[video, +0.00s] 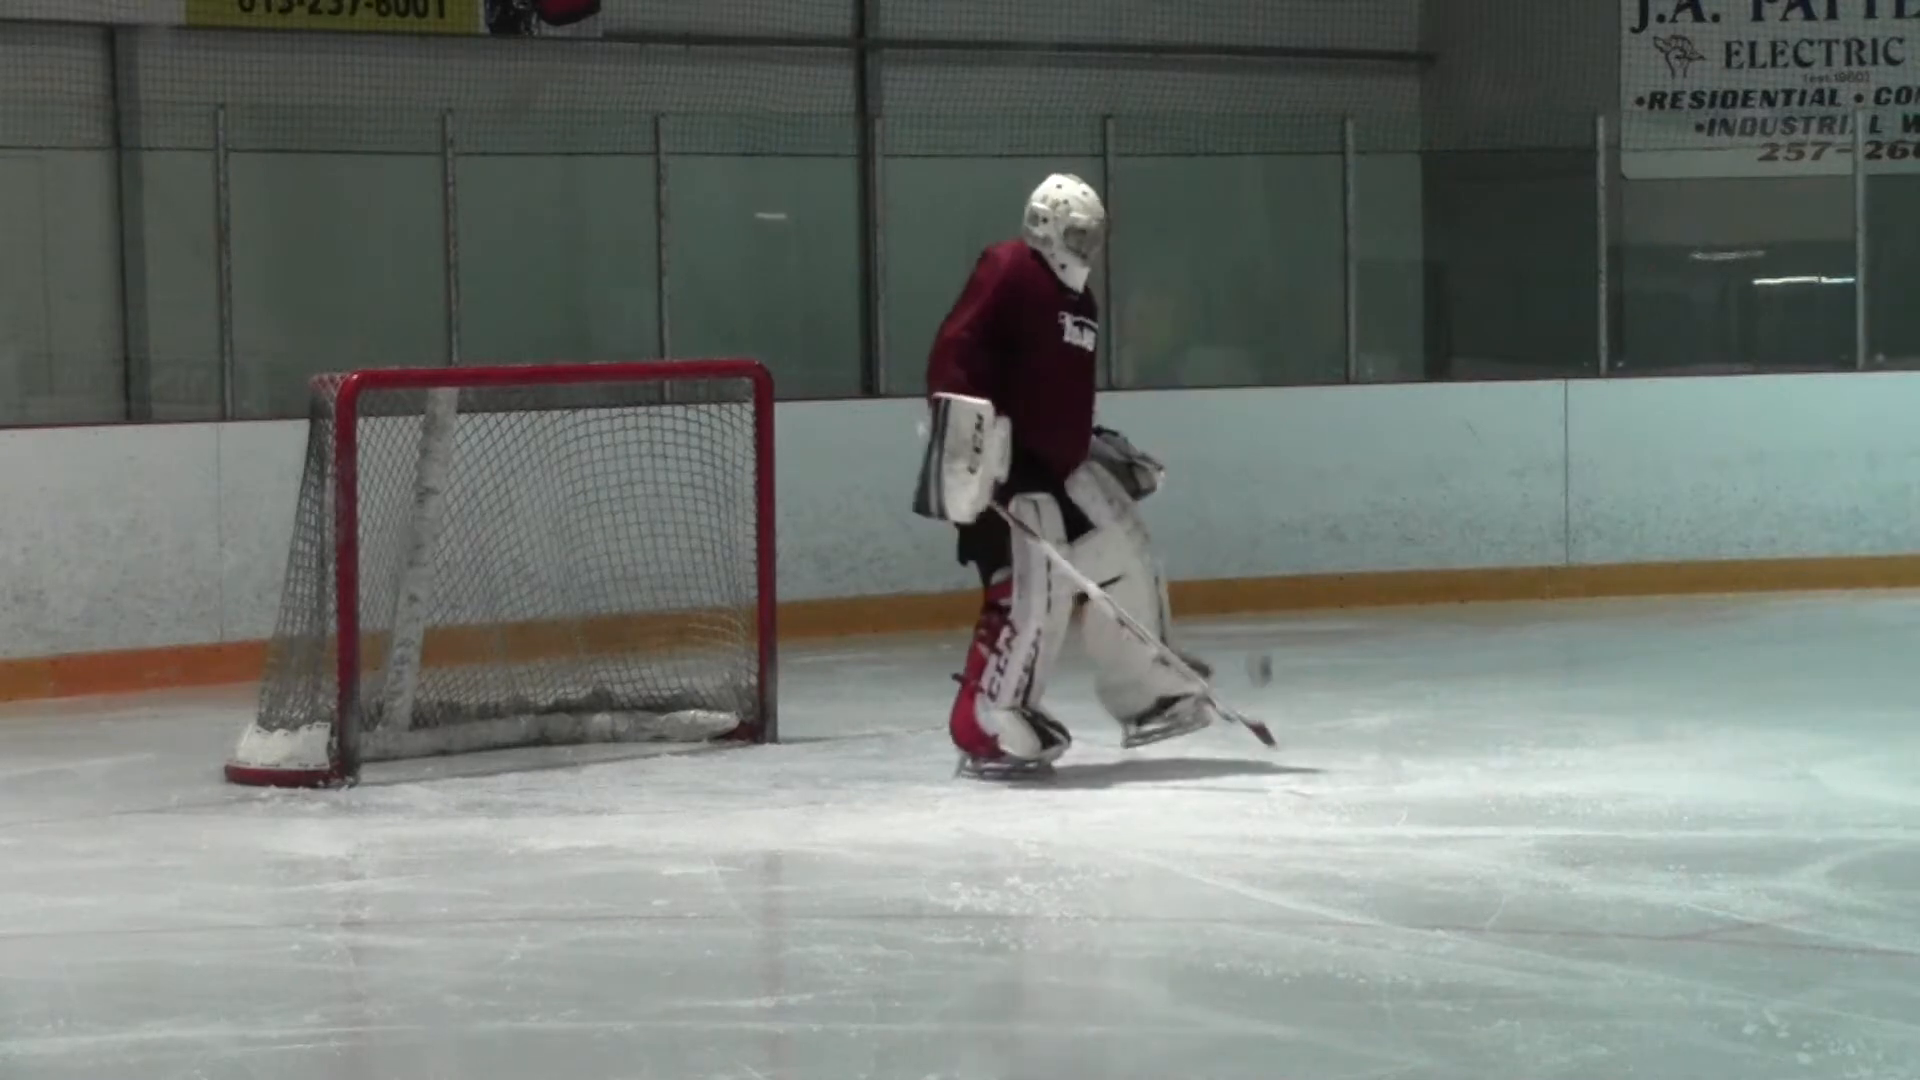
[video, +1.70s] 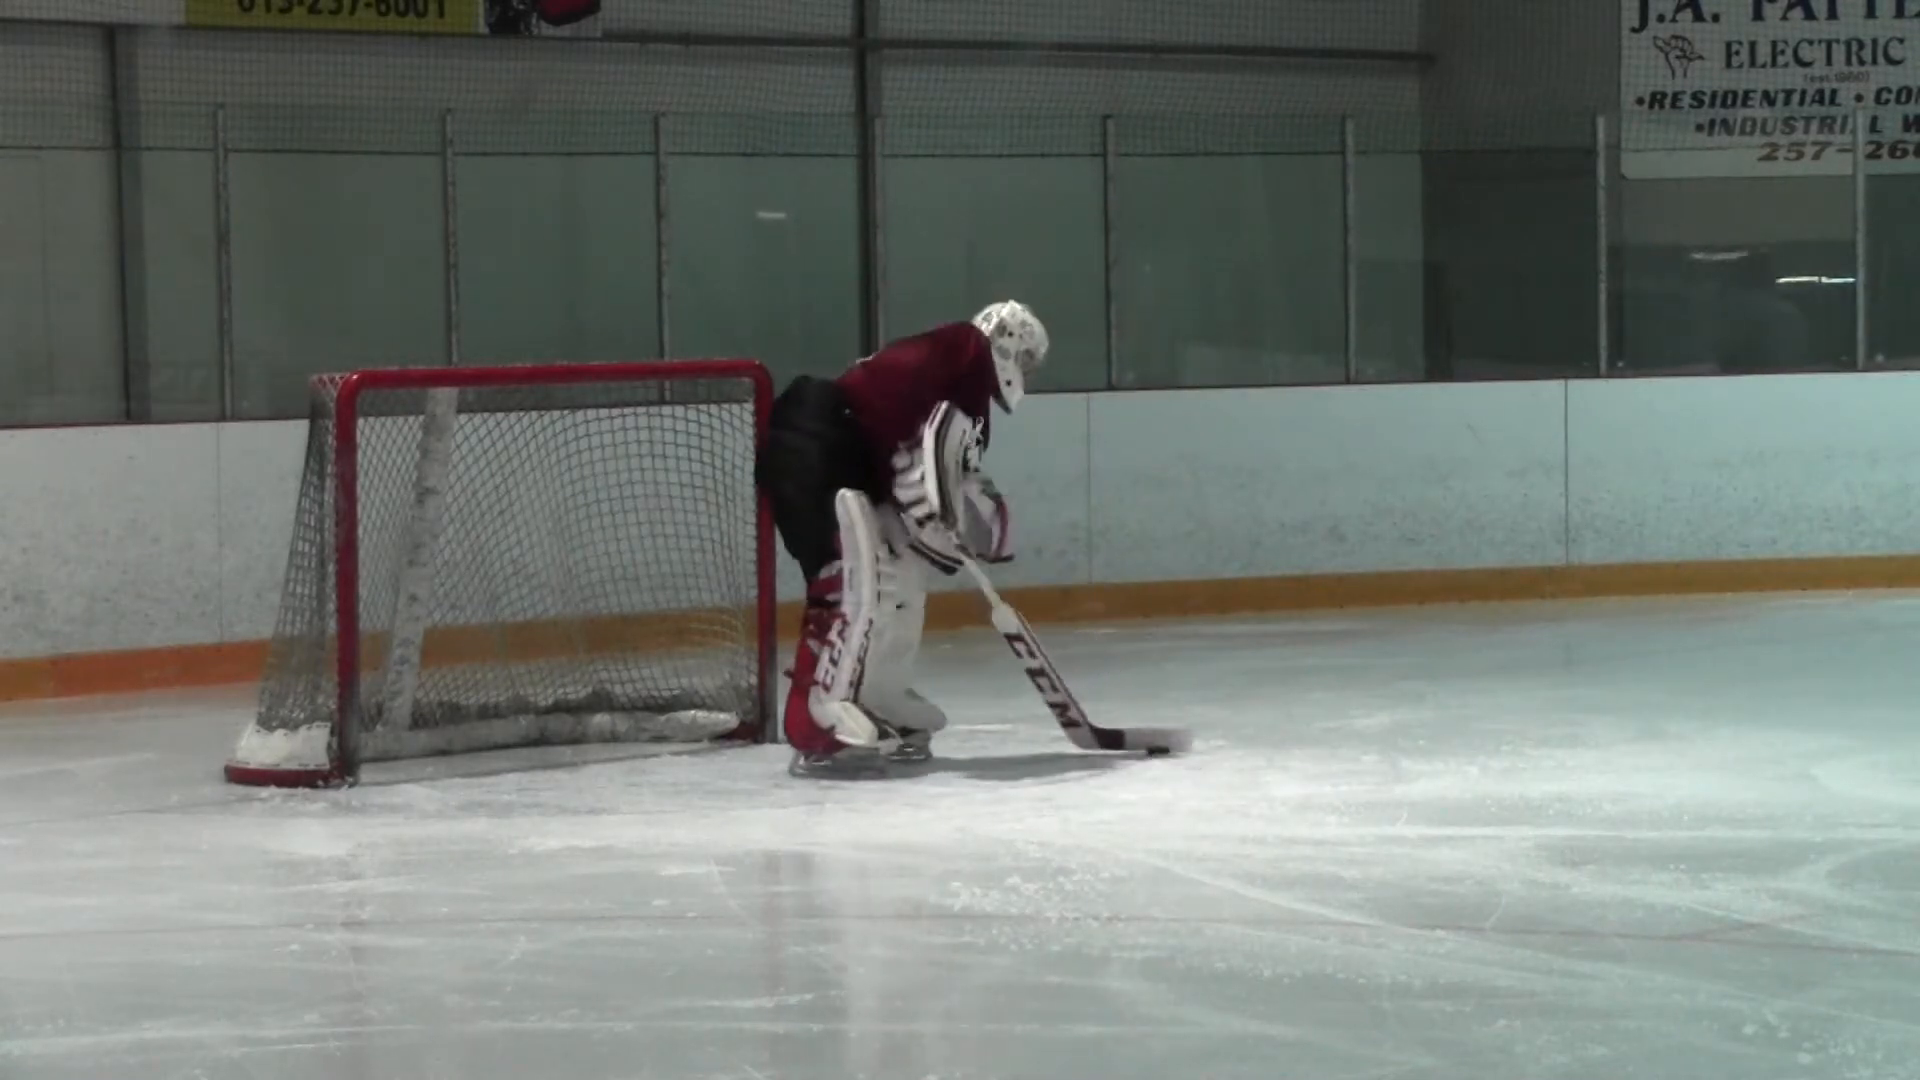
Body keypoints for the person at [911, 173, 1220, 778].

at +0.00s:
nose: (1086, 248)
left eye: (1092, 238)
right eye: (1078, 235)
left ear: (1094, 236)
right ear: (1048, 227)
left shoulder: (1077, 292)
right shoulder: (1008, 267)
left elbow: (1059, 391)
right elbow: (955, 355)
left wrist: (1099, 451)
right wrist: (969, 463)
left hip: (1066, 468)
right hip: (1012, 472)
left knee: (1123, 564)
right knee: (1027, 597)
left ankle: (1148, 696)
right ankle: (990, 725)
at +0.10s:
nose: (1085, 258)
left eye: (1093, 247)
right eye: (1078, 244)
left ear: (1099, 246)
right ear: (1047, 233)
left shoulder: (1077, 306)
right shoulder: (1007, 269)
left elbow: (1050, 400)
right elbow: (949, 348)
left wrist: (1079, 461)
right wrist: (940, 441)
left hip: (1050, 473)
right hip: (996, 472)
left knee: (1100, 578)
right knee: (1014, 597)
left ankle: (1098, 713)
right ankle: (982, 730)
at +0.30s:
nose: (1087, 282)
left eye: (1097, 273)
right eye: (1084, 266)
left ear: (1098, 266)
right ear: (1060, 248)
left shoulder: (1070, 321)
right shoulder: (1009, 275)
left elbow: (1036, 413)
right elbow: (947, 357)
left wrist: (1054, 477)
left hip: (1017, 481)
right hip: (952, 472)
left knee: (1057, 587)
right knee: (989, 591)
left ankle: (1025, 703)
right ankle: (955, 721)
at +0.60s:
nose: (1052, 288)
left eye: (1063, 280)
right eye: (1050, 271)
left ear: (1067, 277)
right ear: (1027, 252)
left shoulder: (1039, 337)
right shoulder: (985, 271)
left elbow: (1029, 422)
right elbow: (936, 321)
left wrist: (1056, 471)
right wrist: (972, 382)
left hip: (998, 480)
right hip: (942, 473)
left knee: (1016, 593)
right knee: (961, 593)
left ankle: (982, 701)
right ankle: (930, 717)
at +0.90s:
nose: (1032, 290)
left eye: (1037, 279)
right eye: (1029, 275)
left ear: (1014, 270)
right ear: (1005, 262)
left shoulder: (989, 325)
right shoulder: (958, 282)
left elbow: (984, 421)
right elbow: (933, 366)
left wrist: (1013, 483)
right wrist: (969, 448)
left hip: (935, 468)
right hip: (893, 460)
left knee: (963, 585)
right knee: (928, 585)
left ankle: (932, 697)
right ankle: (891, 711)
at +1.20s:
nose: (1032, 337)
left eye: (1036, 326)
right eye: (1030, 323)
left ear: (989, 303)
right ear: (1012, 317)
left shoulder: (970, 344)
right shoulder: (972, 348)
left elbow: (958, 445)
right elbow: (936, 431)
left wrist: (959, 524)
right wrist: (936, 522)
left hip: (871, 459)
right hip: (841, 454)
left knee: (905, 580)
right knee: (879, 582)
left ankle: (892, 700)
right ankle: (848, 708)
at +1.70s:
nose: (1022, 376)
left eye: (1028, 366)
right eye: (1023, 361)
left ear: (994, 338)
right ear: (1005, 345)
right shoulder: (965, 348)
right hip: (817, 443)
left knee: (897, 579)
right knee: (846, 580)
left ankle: (881, 701)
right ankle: (818, 718)